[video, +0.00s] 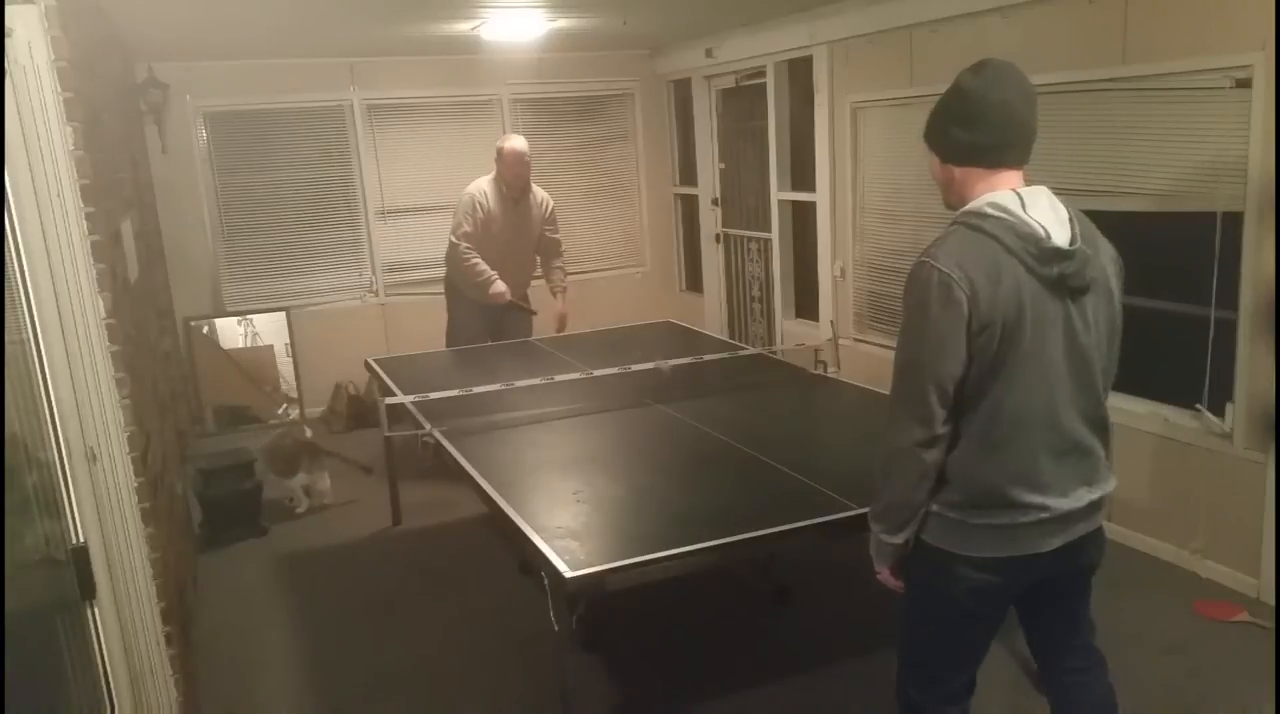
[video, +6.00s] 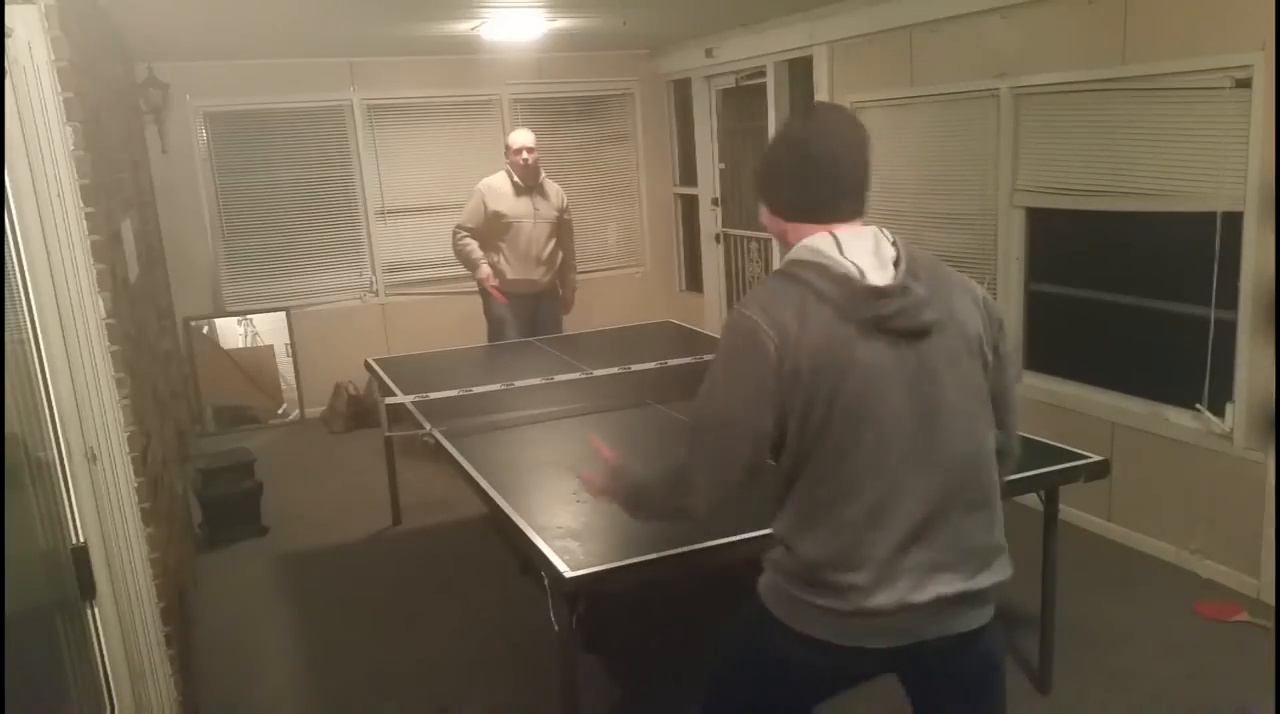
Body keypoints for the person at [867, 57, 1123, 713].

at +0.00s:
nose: (931, 171)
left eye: (933, 156)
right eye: (934, 154)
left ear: (945, 161)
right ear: (1022, 150)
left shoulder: (950, 267)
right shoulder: (1096, 250)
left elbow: (920, 422)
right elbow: (1094, 384)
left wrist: (888, 539)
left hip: (974, 544)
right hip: (1075, 533)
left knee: (933, 692)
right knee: (1074, 667)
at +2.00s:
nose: (791, 212)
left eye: (792, 199)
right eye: (791, 199)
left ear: (813, 209)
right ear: (875, 190)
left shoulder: (919, 306)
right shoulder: (867, 271)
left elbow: (965, 483)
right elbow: (769, 325)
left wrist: (980, 646)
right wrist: (657, 359)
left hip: (960, 565)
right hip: (1003, 542)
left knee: (890, 699)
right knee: (1034, 686)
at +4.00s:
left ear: (876, 167)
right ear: (966, 161)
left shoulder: (839, 279)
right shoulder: (1046, 261)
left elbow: (795, 434)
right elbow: (1101, 407)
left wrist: (788, 546)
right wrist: (1069, 493)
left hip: (893, 579)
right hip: (1033, 570)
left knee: (874, 706)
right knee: (1061, 705)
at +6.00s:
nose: (765, 215)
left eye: (764, 201)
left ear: (769, 211)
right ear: (861, 194)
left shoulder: (770, 316)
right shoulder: (967, 300)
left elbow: (709, 483)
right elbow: (998, 450)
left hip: (825, 617)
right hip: (963, 611)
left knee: (724, 703)